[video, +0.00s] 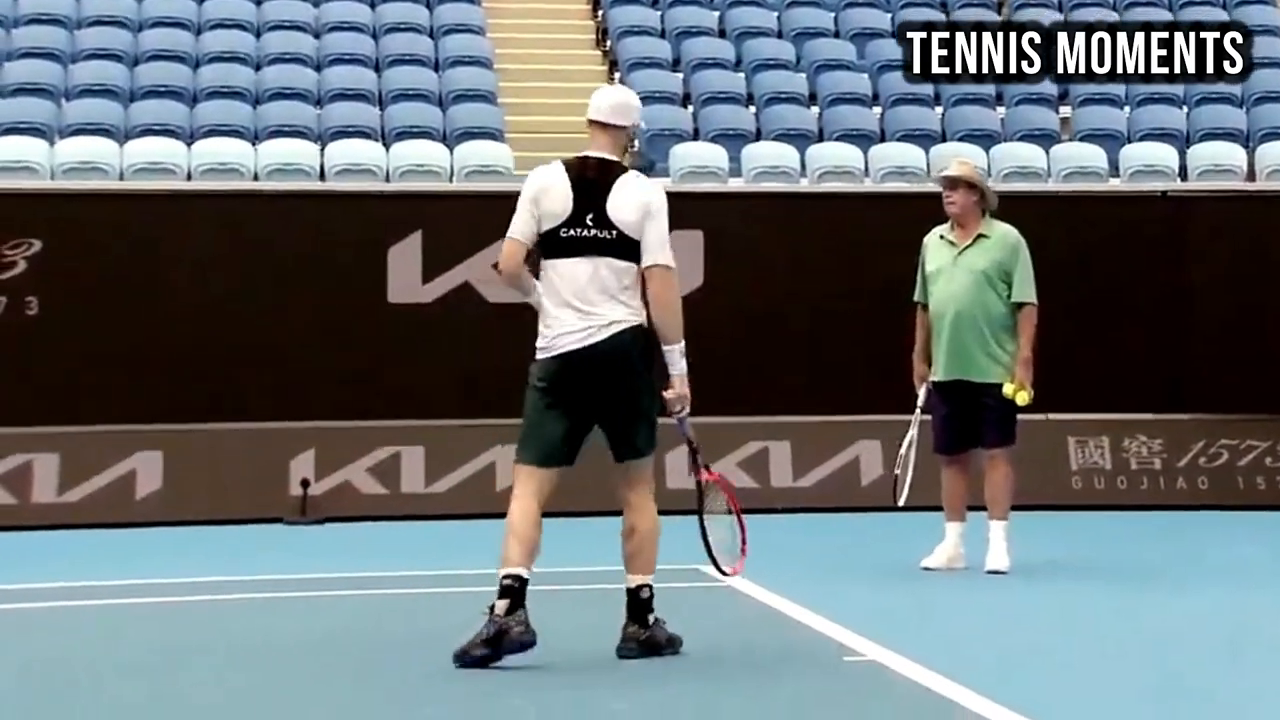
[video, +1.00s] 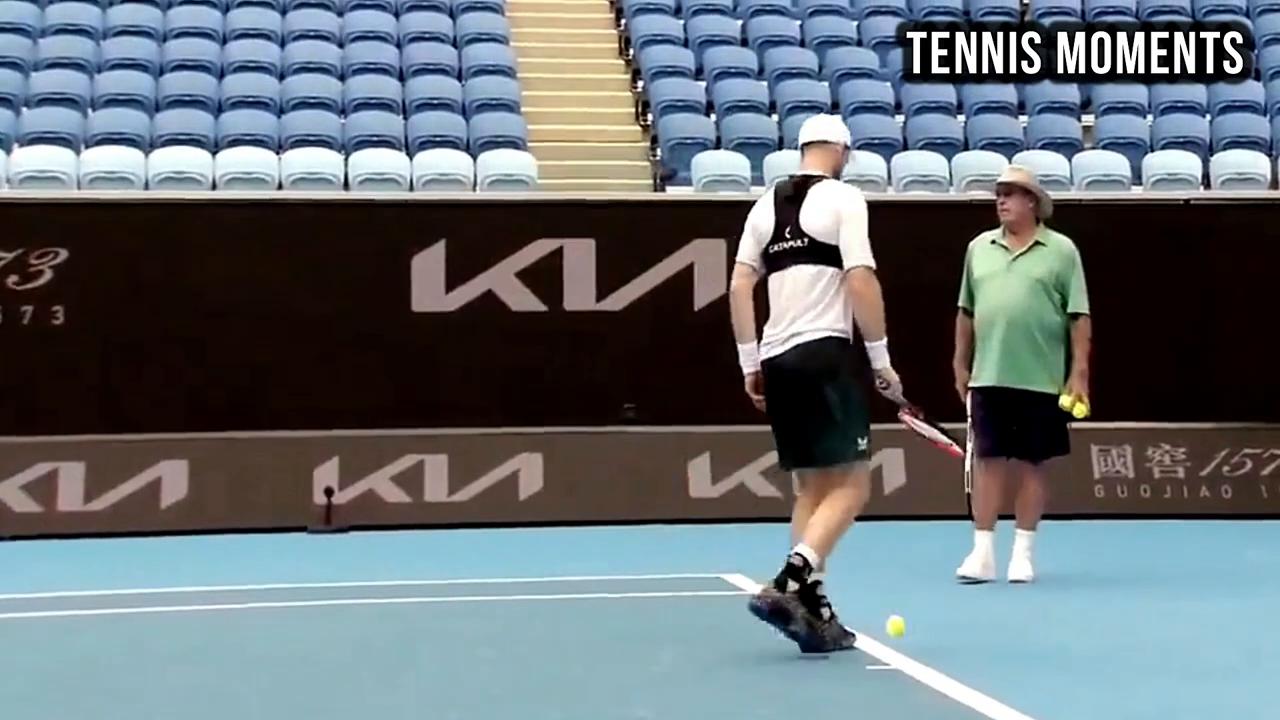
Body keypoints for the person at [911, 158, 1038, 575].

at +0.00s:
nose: (949, 195)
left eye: (957, 188)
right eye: (946, 189)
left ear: (979, 194)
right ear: (943, 196)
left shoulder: (1008, 240)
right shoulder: (933, 242)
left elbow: (1027, 306)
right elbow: (924, 307)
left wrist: (1024, 360)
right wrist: (920, 359)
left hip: (995, 369)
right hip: (946, 368)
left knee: (996, 454)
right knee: (951, 457)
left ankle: (998, 541)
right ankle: (953, 542)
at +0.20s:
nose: (974, 194)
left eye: (983, 188)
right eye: (971, 188)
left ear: (1004, 193)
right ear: (968, 195)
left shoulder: (1034, 240)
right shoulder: (957, 241)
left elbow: (1052, 306)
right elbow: (948, 307)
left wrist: (1049, 362)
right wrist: (943, 358)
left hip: (1019, 370)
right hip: (969, 369)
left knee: (1017, 456)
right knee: (972, 458)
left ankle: (1016, 543)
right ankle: (970, 542)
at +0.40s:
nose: (990, 193)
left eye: (998, 187)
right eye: (986, 187)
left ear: (1018, 192)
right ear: (982, 194)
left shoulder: (1047, 239)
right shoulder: (972, 239)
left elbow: (1065, 305)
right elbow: (960, 306)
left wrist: (1059, 358)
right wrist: (953, 358)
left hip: (1029, 370)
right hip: (978, 368)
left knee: (1025, 455)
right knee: (974, 456)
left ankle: (1022, 543)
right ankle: (975, 540)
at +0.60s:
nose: (999, 194)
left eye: (1008, 189)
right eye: (996, 188)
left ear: (1030, 197)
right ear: (992, 195)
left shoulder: (1056, 242)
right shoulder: (978, 241)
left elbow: (1072, 308)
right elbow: (965, 310)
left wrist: (1066, 362)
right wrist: (958, 367)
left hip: (1035, 373)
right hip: (982, 369)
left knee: (1028, 458)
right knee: (973, 454)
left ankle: (1022, 544)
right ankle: (978, 538)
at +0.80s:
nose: (1002, 197)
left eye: (1012, 191)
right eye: (1000, 191)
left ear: (1034, 199)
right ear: (996, 199)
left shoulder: (1061, 246)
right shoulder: (981, 244)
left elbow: (1078, 312)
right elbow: (967, 309)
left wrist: (1074, 368)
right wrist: (960, 361)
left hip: (1039, 374)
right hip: (985, 371)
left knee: (1029, 460)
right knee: (977, 455)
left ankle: (1024, 547)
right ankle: (984, 540)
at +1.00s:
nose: (1003, 201)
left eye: (1012, 195)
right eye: (1000, 194)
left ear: (1034, 202)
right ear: (997, 202)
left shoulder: (1062, 250)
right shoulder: (980, 247)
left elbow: (1080, 317)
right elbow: (966, 312)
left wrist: (1078, 375)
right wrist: (961, 365)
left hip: (1041, 378)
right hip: (988, 375)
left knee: (1031, 464)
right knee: (987, 461)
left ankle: (1023, 551)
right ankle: (982, 550)